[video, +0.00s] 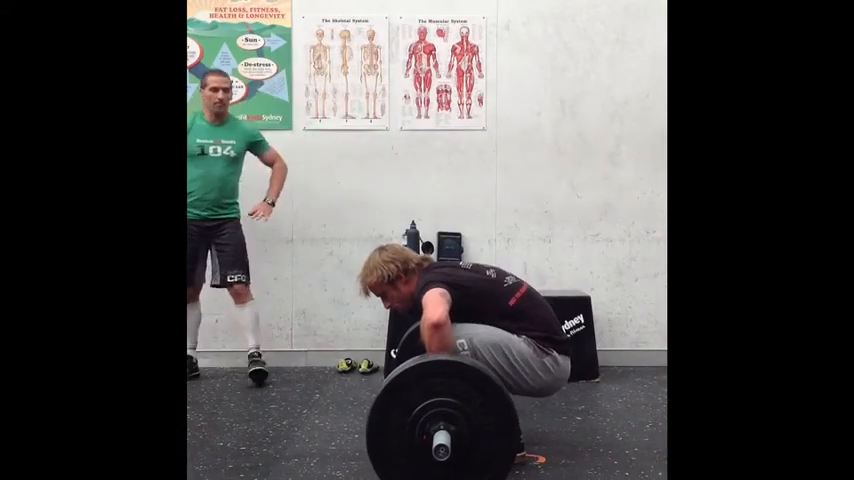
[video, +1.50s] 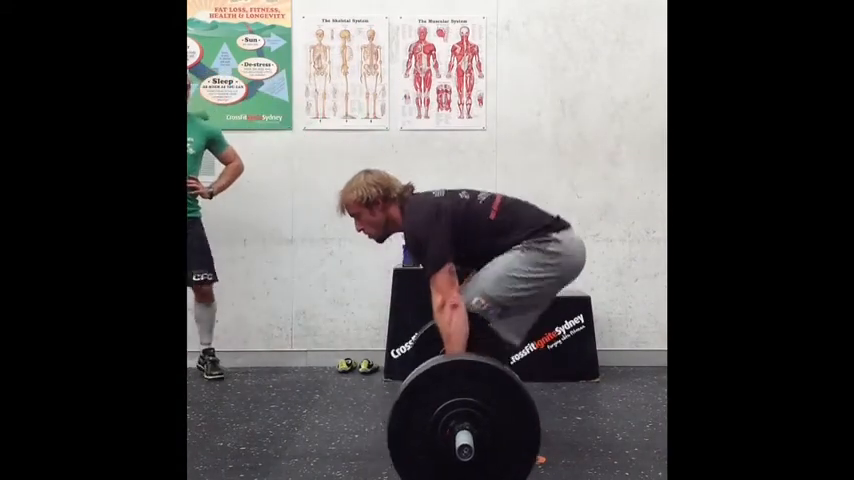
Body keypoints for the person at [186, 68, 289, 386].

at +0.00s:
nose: (220, 95)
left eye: (225, 90)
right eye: (214, 90)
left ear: (232, 94)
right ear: (202, 93)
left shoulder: (244, 131)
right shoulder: (189, 127)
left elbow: (279, 164)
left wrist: (270, 201)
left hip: (227, 219)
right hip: (191, 220)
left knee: (239, 287)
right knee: (190, 291)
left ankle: (255, 354)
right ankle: (189, 357)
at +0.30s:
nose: (211, 95)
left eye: (216, 90)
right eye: (205, 89)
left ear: (223, 93)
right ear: (193, 93)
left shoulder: (235, 128)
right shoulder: (187, 124)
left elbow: (269, 155)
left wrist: (249, 186)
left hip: (220, 219)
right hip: (188, 218)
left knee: (223, 289)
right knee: (188, 289)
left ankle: (215, 355)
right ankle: (189, 357)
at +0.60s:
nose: (214, 94)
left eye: (219, 89)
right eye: (207, 89)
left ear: (226, 93)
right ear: (196, 93)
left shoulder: (240, 129)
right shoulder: (188, 124)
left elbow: (277, 157)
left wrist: (252, 183)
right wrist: (185, 176)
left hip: (221, 220)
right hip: (187, 219)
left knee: (218, 290)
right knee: (186, 288)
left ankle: (215, 356)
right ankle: (187, 355)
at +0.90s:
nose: (206, 94)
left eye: (211, 88)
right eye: (200, 89)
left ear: (218, 93)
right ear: (190, 93)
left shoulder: (237, 129)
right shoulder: (186, 127)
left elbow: (273, 159)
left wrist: (248, 187)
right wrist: (186, 179)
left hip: (219, 221)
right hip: (187, 220)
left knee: (216, 289)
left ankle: (215, 355)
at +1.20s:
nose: (192, 93)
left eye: (196, 88)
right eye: (188, 88)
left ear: (203, 93)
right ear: (182, 93)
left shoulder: (219, 129)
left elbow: (256, 161)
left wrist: (232, 188)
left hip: (202, 218)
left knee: (207, 288)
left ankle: (213, 355)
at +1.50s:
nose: (185, 92)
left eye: (187, 86)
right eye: (185, 86)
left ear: (190, 90)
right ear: (186, 91)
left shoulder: (201, 128)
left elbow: (235, 164)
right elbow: (235, 164)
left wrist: (212, 189)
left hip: (189, 216)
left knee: (203, 286)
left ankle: (207, 352)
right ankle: (207, 352)